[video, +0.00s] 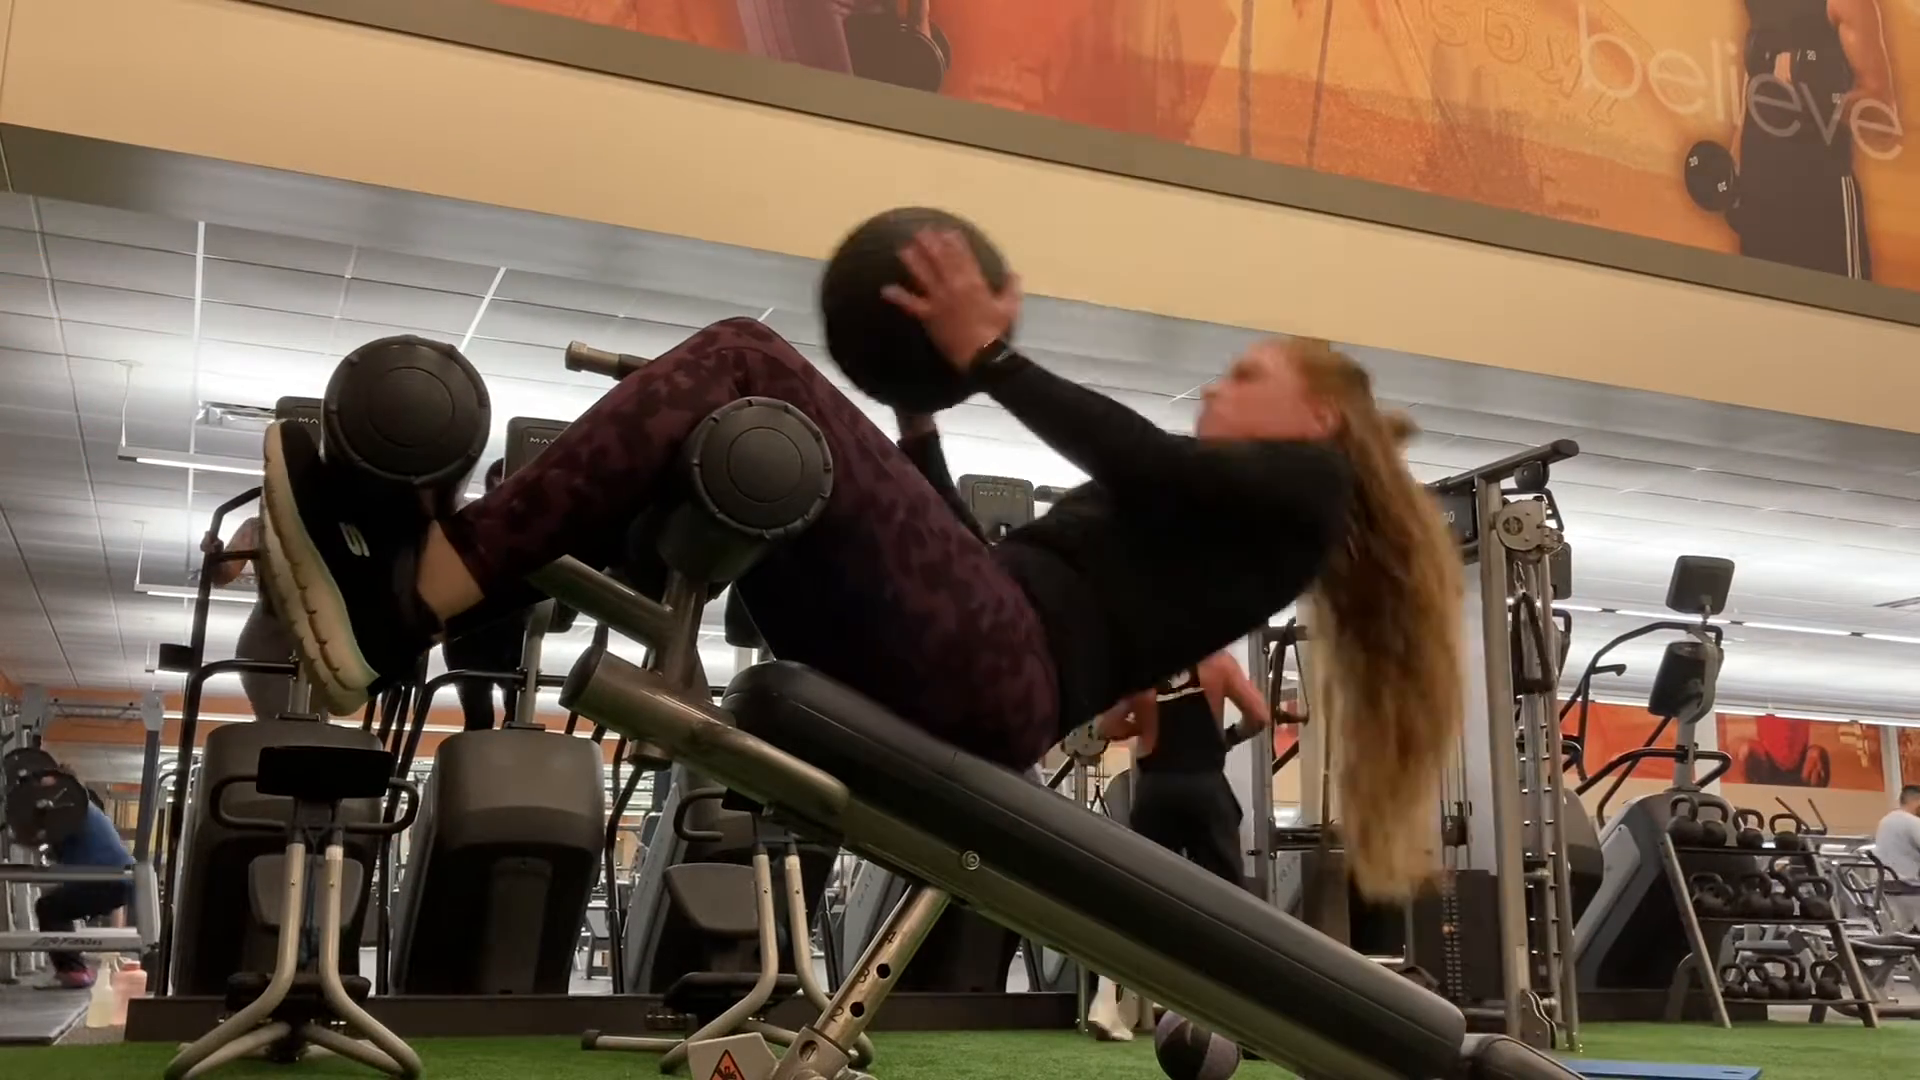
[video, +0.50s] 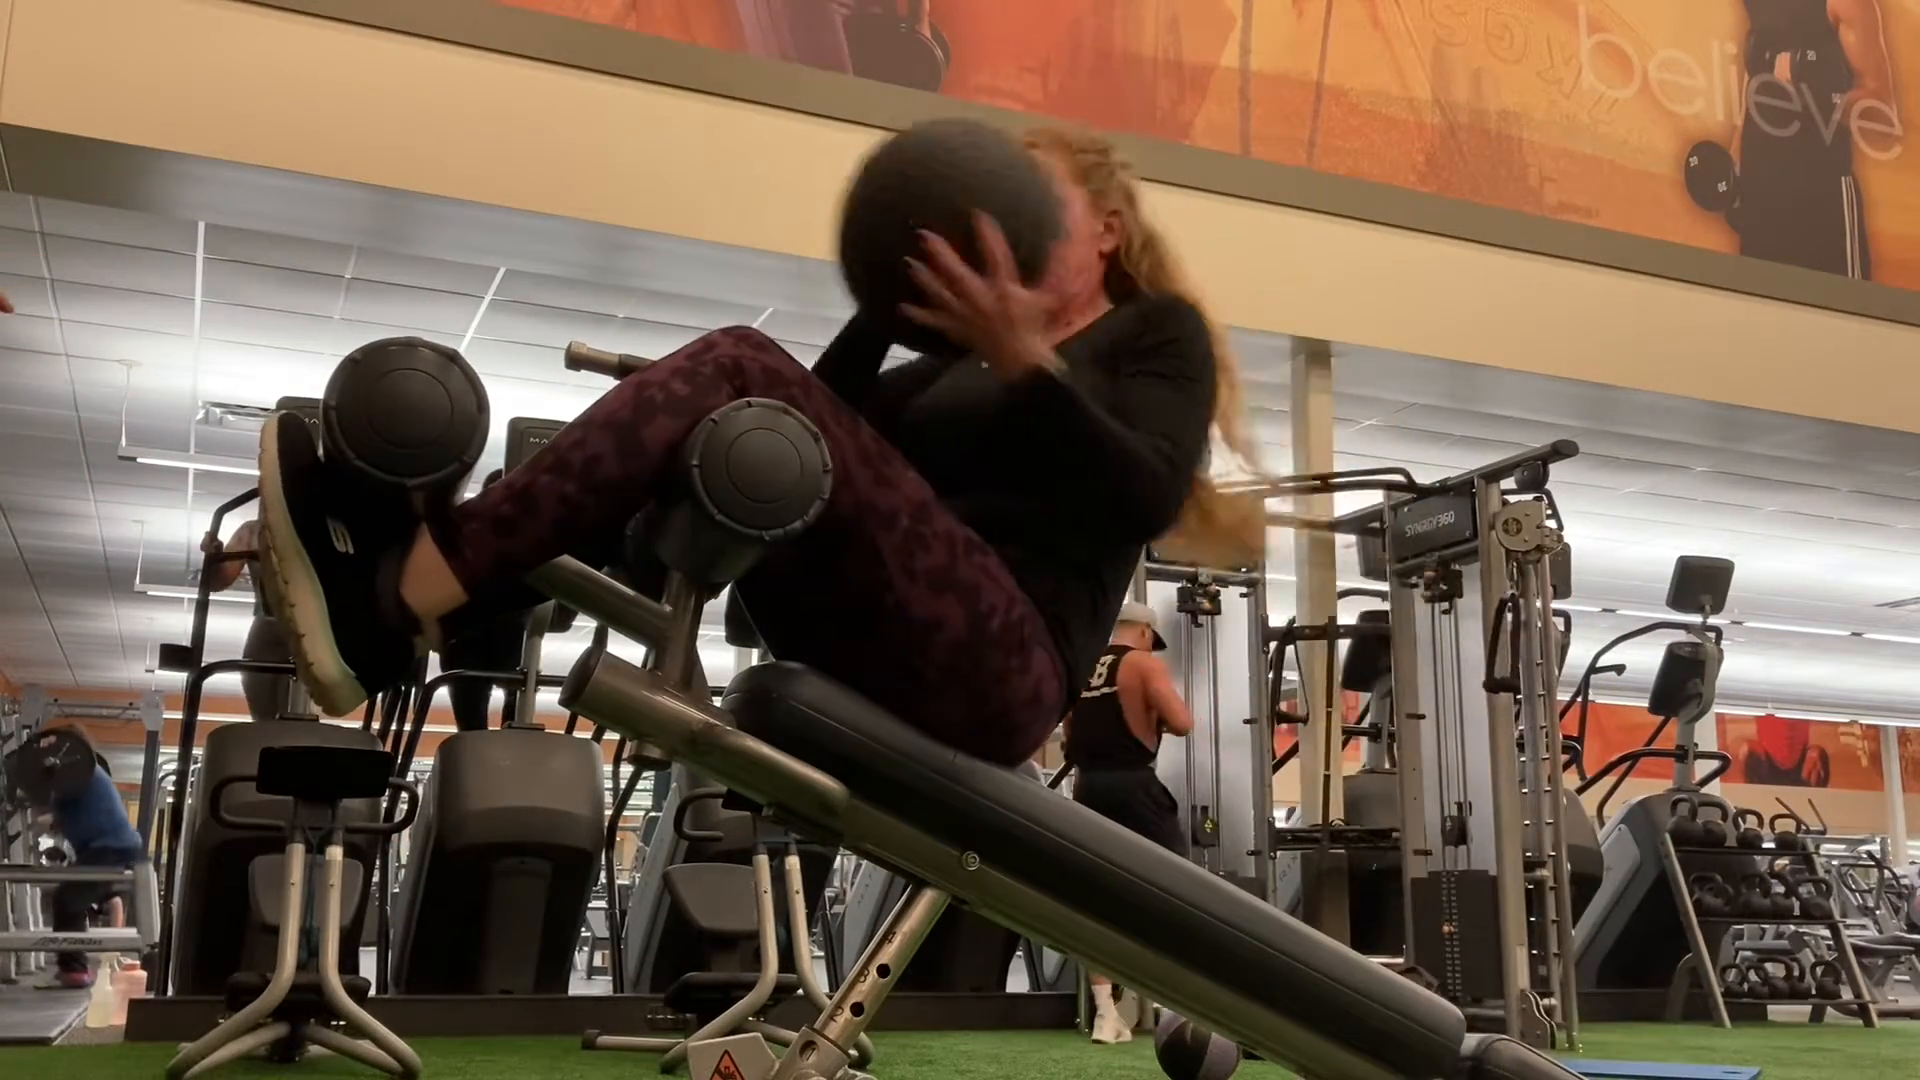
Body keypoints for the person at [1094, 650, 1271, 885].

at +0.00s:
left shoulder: (1141, 669)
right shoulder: (1218, 660)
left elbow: (1108, 727)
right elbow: (1258, 716)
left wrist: (1145, 725)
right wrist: (1230, 737)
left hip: (1154, 793)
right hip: (1207, 793)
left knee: (1152, 888)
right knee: (1224, 891)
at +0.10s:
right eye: (1180, 624)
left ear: (1144, 630)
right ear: (1180, 627)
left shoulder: (1122, 677)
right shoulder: (1204, 668)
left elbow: (1089, 737)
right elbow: (1239, 730)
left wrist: (1131, 729)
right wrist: (1209, 743)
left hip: (1135, 799)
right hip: (1188, 799)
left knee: (1120, 899)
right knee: (1201, 904)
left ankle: (1110, 1012)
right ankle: (1199, 1014)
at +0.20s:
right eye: (1163, 627)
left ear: (1132, 630)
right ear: (1169, 631)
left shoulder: (1105, 677)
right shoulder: (1190, 675)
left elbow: (1081, 742)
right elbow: (1216, 740)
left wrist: (1118, 738)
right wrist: (1185, 750)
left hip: (1119, 803)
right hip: (1172, 804)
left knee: (1103, 901)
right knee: (1180, 905)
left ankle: (1108, 1013)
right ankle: (1177, 1009)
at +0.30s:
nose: (1154, 636)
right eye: (1157, 628)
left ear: (1121, 630)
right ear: (1158, 630)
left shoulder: (1096, 675)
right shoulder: (1173, 671)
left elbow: (1073, 740)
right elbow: (1199, 732)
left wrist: (1108, 746)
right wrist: (1172, 745)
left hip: (1105, 799)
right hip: (1156, 798)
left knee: (1100, 898)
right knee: (1164, 897)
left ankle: (1108, 1013)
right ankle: (1158, 1003)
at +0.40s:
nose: (1154, 638)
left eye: (1150, 633)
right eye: (1155, 632)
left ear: (1114, 630)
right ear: (1150, 631)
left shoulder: (1089, 670)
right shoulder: (1157, 667)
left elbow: (1067, 736)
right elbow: (1190, 727)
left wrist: (1101, 743)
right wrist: (1163, 735)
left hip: (1096, 796)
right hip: (1146, 796)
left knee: (1095, 899)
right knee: (1156, 896)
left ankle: (1107, 1014)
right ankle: (1149, 1004)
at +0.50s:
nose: (1153, 645)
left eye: (1152, 640)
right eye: (1153, 639)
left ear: (1114, 632)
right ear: (1143, 633)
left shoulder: (1085, 666)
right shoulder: (1145, 663)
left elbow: (1070, 736)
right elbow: (1182, 724)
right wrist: (1157, 709)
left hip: (1089, 792)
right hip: (1136, 791)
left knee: (1091, 899)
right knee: (1157, 892)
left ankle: (1106, 1014)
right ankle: (1145, 998)